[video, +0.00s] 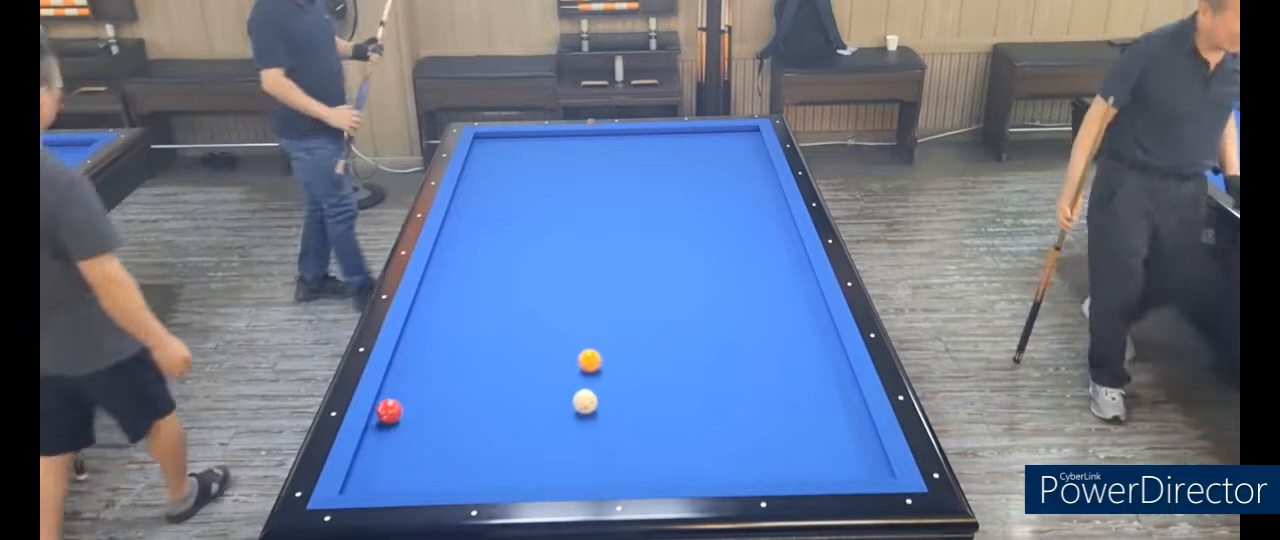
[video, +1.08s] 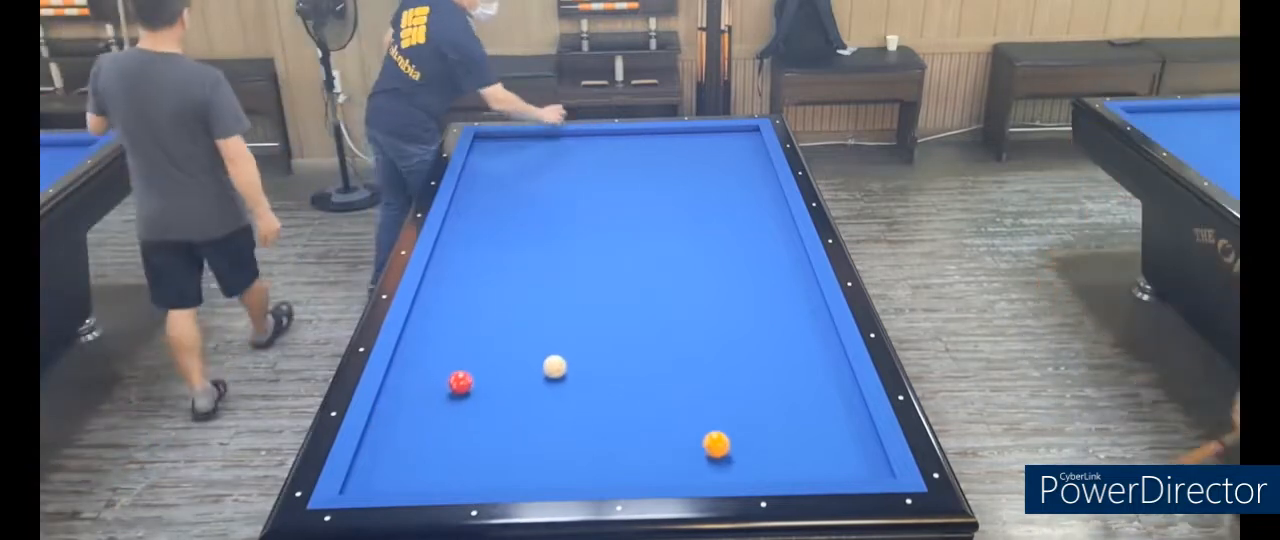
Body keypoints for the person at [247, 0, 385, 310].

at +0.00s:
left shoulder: (310, 5)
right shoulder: (267, 12)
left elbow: (322, 42)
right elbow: (271, 80)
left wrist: (355, 50)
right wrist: (329, 113)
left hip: (327, 128)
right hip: (305, 133)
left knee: (320, 208)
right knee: (340, 210)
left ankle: (312, 280)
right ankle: (362, 288)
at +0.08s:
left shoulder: (321, 6)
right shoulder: (290, 11)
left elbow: (326, 48)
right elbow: (298, 84)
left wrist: (361, 48)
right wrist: (356, 110)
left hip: (335, 128)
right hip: (319, 132)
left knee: (323, 206)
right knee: (361, 205)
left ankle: (313, 279)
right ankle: (395, 270)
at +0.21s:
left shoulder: (331, 9)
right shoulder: (326, 15)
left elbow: (337, 55)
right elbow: (345, 86)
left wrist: (374, 53)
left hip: (334, 128)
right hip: (347, 132)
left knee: (333, 204)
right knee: (390, 202)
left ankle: (313, 278)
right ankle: (424, 273)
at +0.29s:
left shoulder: (319, 7)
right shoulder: (345, 16)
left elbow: (335, 58)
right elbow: (376, 88)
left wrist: (380, 57)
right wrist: (431, 108)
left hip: (338, 128)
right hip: (361, 133)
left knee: (337, 203)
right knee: (401, 205)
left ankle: (314, 278)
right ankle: (427, 279)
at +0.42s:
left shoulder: (349, 11)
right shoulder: (383, 15)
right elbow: (429, 84)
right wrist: (485, 108)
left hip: (352, 131)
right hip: (384, 136)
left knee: (348, 199)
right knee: (424, 204)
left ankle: (320, 271)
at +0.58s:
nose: (465, 6)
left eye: (465, 4)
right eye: (464, 4)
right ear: (451, 3)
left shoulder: (383, 7)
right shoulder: (443, 30)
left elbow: (362, 43)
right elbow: (491, 84)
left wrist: (388, 70)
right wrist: (541, 109)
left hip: (363, 115)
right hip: (398, 126)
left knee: (360, 194)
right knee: (430, 204)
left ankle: (341, 271)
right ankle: (435, 278)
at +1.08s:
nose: (483, 4)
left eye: (485, 1)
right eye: (482, 0)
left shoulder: (414, 5)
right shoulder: (458, 30)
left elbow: (390, 42)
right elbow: (497, 99)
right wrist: (541, 114)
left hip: (381, 118)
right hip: (411, 129)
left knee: (393, 204)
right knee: (431, 210)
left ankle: (382, 282)